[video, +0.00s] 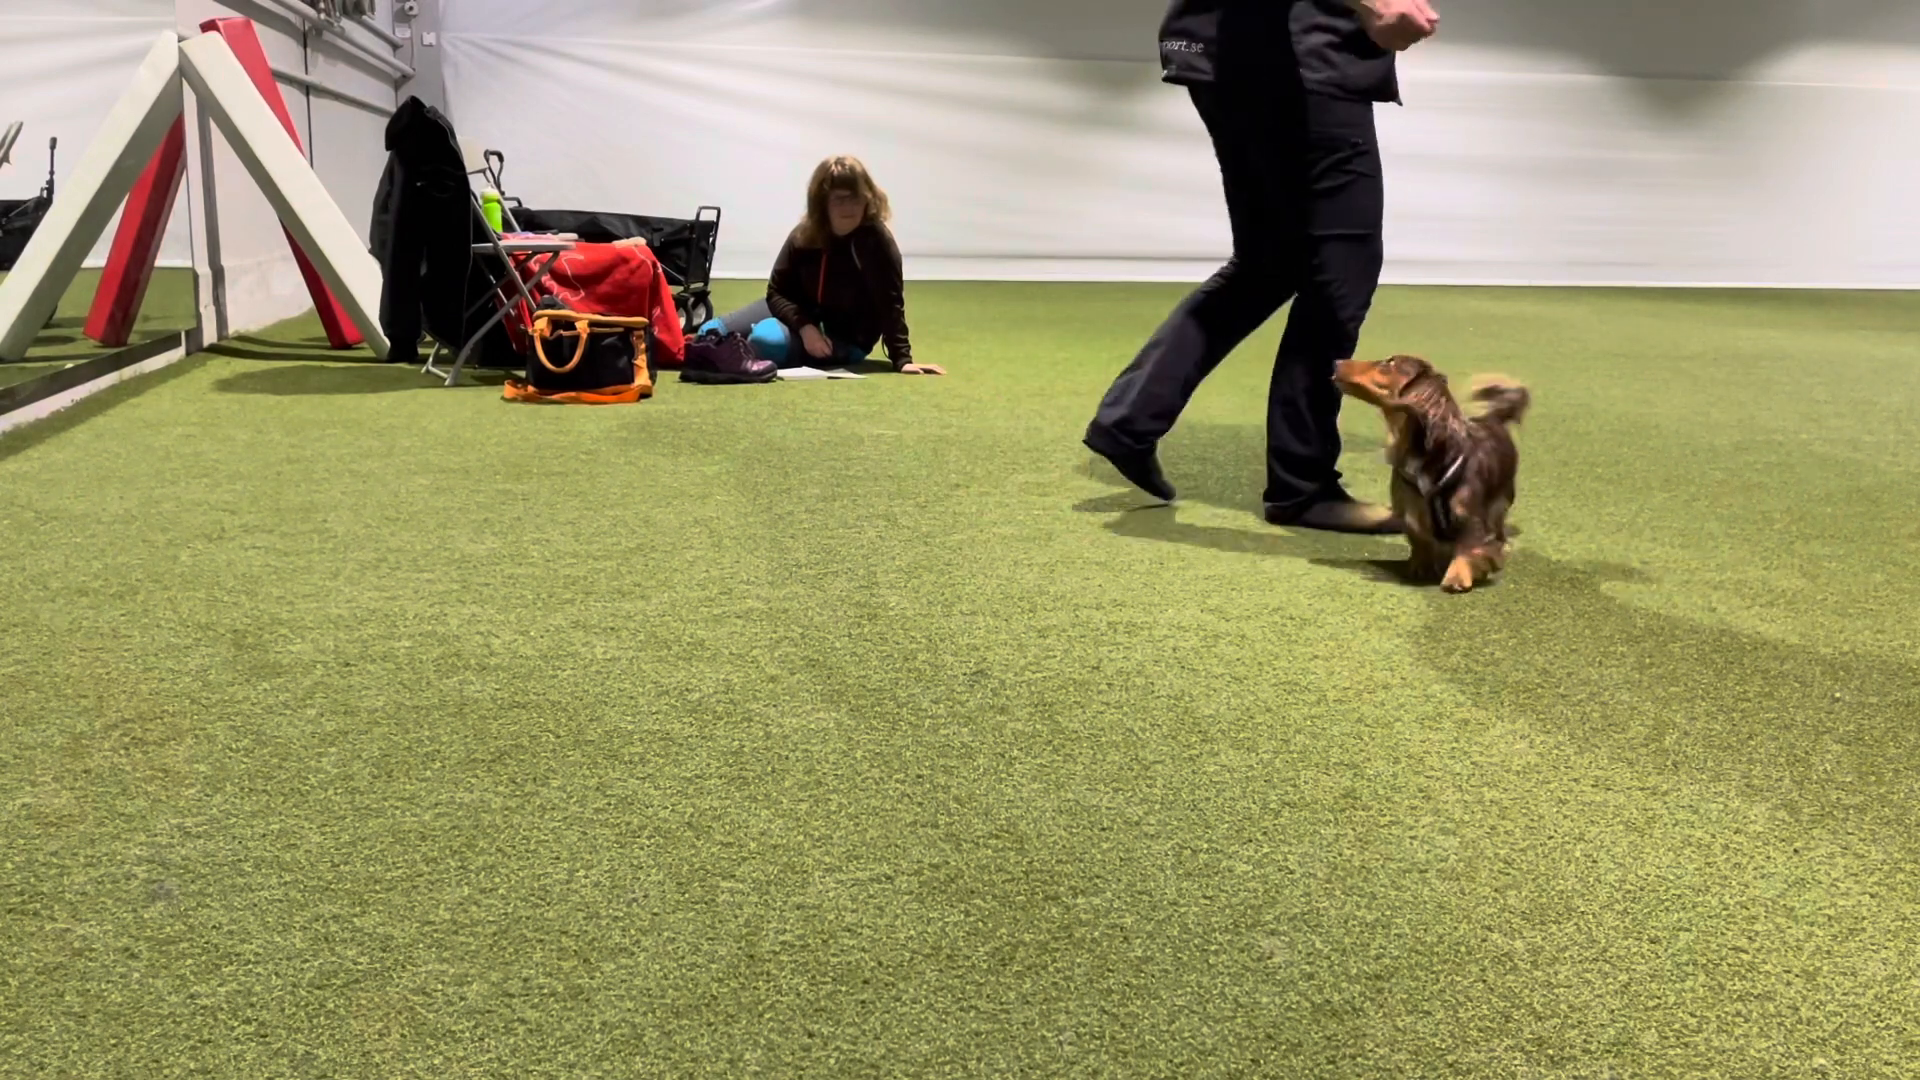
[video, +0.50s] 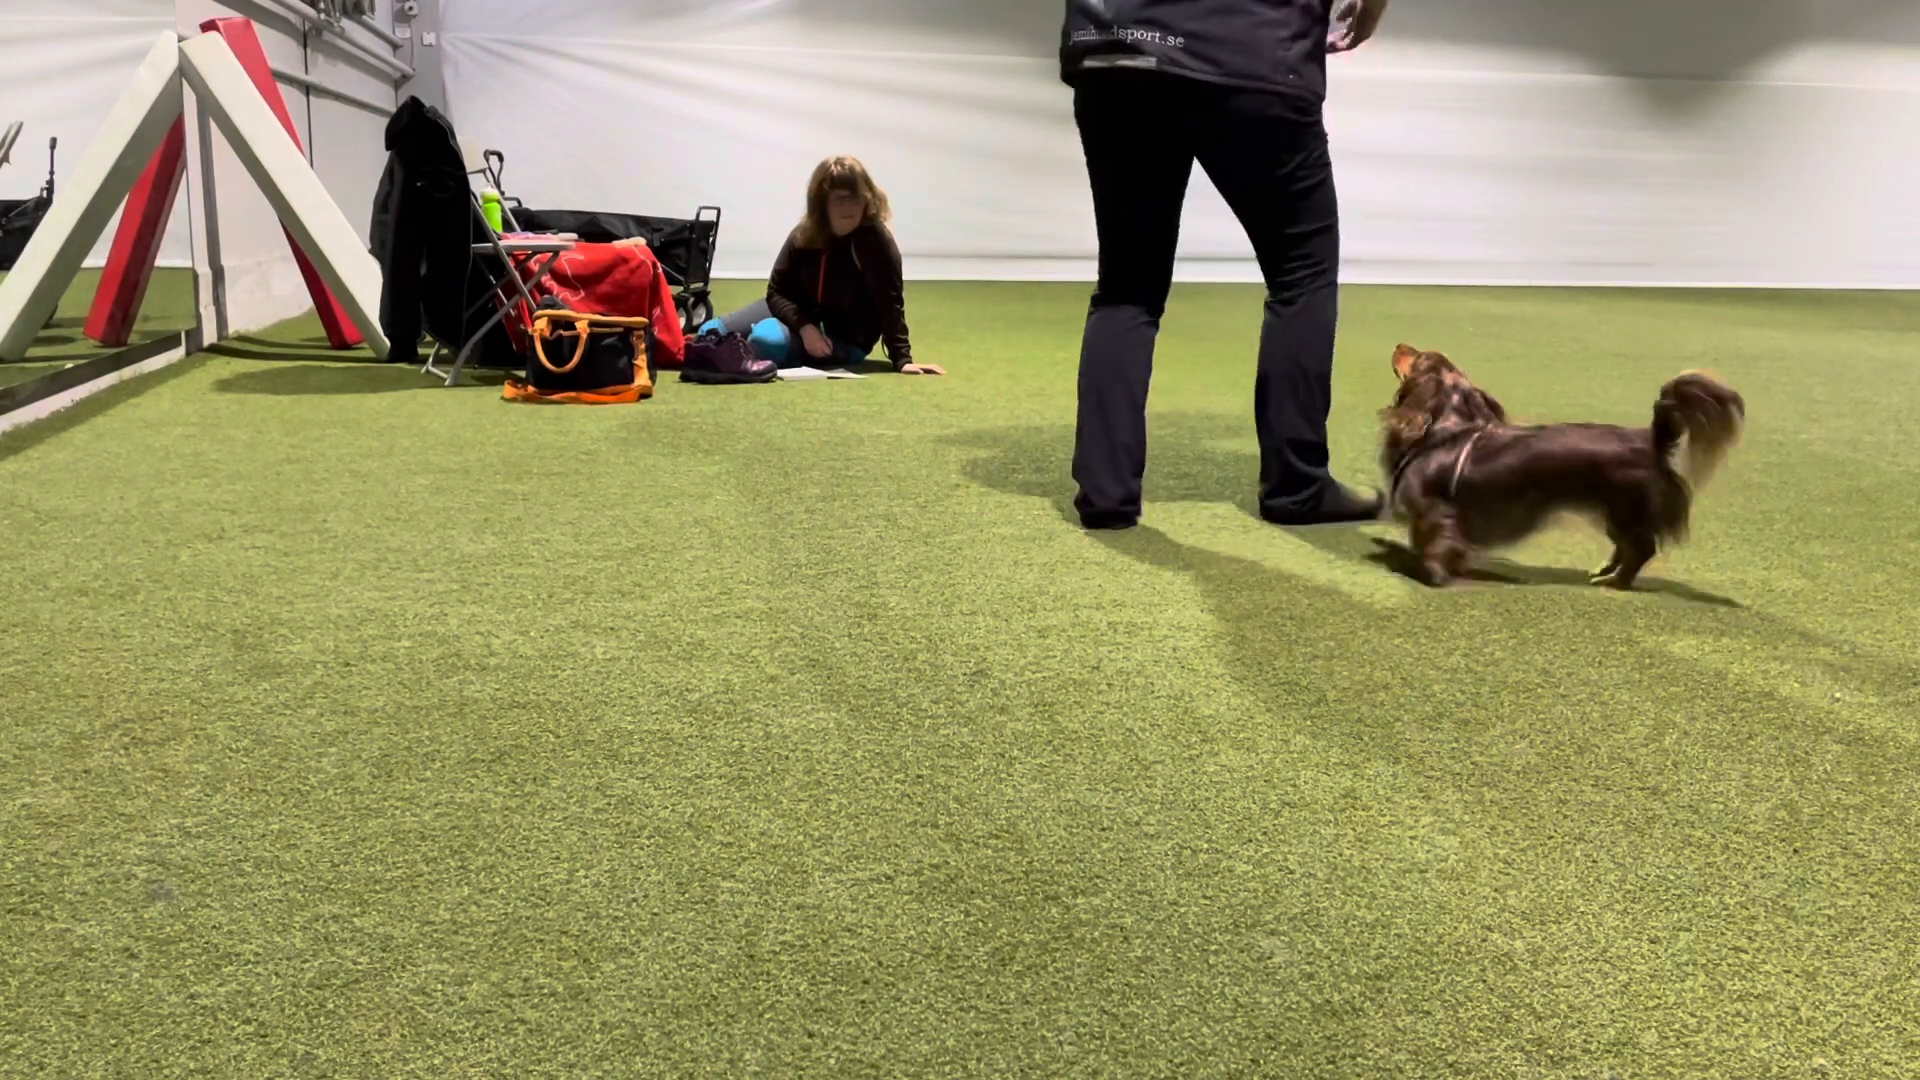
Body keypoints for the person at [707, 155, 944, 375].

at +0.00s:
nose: (848, 205)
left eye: (855, 196)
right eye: (839, 198)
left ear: (867, 200)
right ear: (823, 202)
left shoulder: (877, 242)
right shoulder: (804, 237)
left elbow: (892, 302)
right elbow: (777, 292)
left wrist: (902, 360)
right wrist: (804, 328)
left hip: (842, 337)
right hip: (796, 313)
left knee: (765, 337)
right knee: (711, 332)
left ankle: (732, 345)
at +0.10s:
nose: (848, 205)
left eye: (855, 197)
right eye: (839, 198)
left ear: (867, 200)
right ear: (822, 202)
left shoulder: (878, 242)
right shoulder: (804, 237)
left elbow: (891, 302)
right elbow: (777, 292)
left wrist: (902, 360)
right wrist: (804, 327)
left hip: (841, 337)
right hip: (795, 313)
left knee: (765, 336)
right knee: (712, 331)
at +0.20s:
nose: (848, 205)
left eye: (855, 196)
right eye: (839, 198)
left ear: (867, 200)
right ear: (822, 202)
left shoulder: (878, 242)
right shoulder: (804, 237)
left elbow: (891, 302)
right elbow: (777, 292)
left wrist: (902, 360)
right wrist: (804, 327)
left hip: (841, 337)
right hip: (795, 313)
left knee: (764, 337)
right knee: (712, 331)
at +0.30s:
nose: (848, 205)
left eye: (855, 196)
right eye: (839, 198)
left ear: (867, 200)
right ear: (822, 202)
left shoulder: (877, 242)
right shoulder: (804, 237)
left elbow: (891, 302)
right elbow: (777, 292)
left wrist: (902, 360)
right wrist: (804, 327)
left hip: (842, 338)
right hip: (796, 313)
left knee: (765, 337)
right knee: (712, 331)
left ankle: (733, 345)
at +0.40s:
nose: (847, 206)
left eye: (855, 197)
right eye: (838, 198)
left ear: (866, 200)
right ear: (822, 202)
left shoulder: (877, 242)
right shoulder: (804, 237)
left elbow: (891, 302)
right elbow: (777, 292)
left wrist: (902, 360)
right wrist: (804, 327)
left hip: (842, 338)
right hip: (796, 313)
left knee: (765, 337)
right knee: (712, 331)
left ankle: (732, 346)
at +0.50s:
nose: (847, 205)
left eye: (855, 196)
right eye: (838, 198)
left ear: (866, 200)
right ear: (822, 201)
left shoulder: (877, 242)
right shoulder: (804, 237)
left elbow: (891, 302)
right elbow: (777, 292)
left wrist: (902, 360)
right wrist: (804, 327)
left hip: (842, 338)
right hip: (796, 313)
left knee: (765, 337)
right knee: (712, 331)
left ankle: (732, 346)